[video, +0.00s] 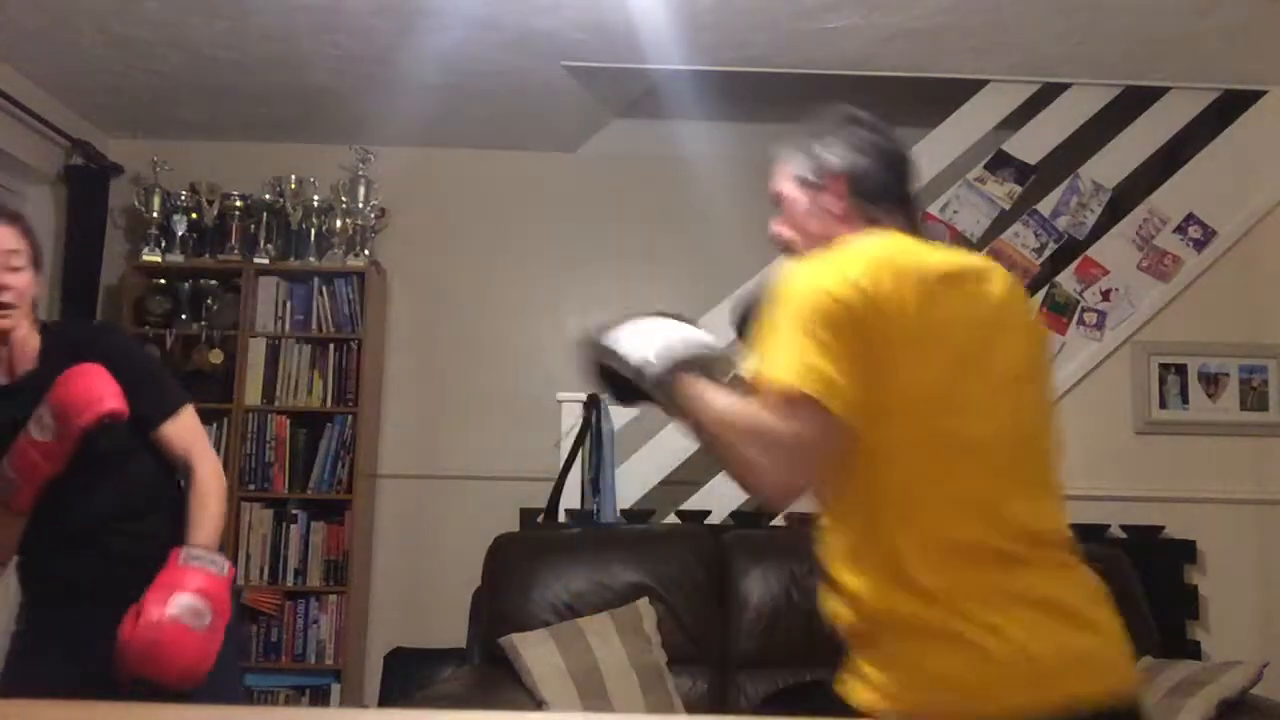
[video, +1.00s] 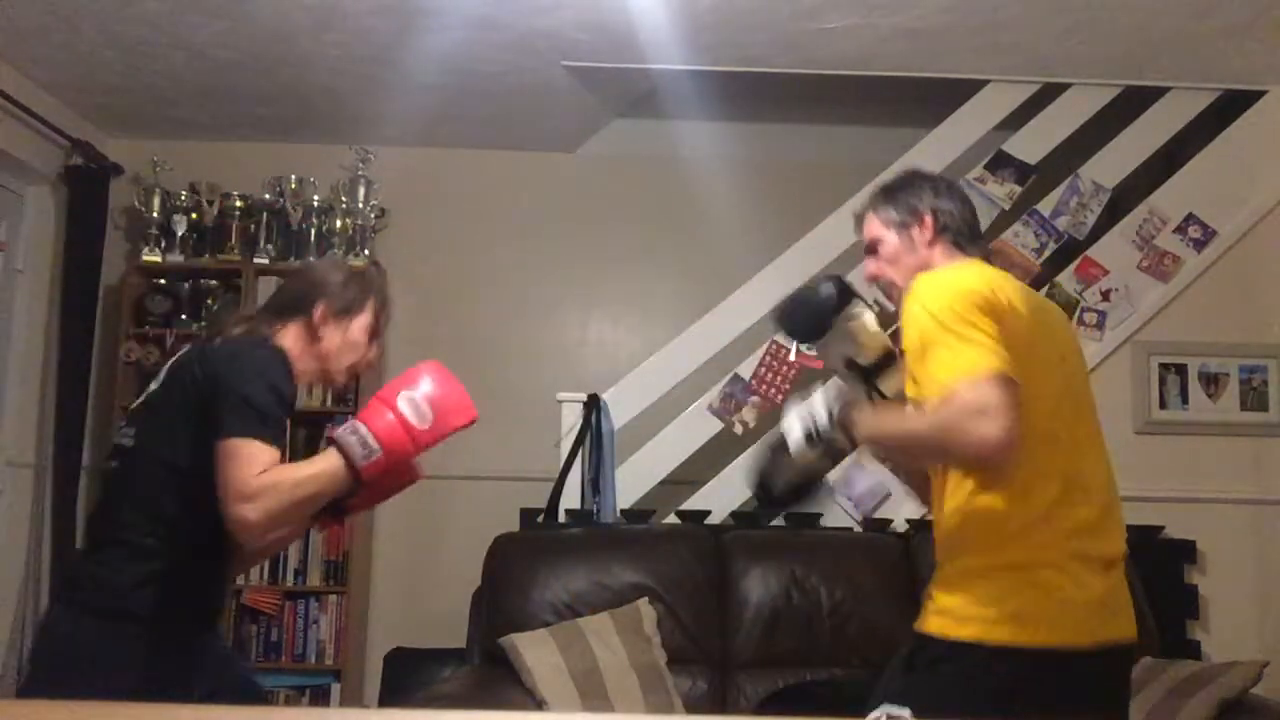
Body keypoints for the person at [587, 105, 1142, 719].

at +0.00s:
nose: (777, 230)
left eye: (782, 204)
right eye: (774, 209)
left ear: (832, 192)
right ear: (899, 200)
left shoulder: (828, 279)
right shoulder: (1001, 286)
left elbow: (780, 468)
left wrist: (675, 377)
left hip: (931, 683)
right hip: (1085, 667)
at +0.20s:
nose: (822, 208)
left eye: (828, 180)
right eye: (819, 188)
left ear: (878, 164)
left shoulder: (878, 252)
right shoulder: (1044, 249)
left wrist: (730, 389)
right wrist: (887, 450)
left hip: (976, 654)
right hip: (1134, 650)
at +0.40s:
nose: (814, 230)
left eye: (817, 208)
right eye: (813, 212)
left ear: (864, 190)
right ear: (922, 190)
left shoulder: (858, 279)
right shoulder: (1040, 285)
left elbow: (644, 307)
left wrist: (472, 269)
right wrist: (824, 360)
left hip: (974, 677)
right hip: (1123, 664)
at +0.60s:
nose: (809, 226)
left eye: (811, 206)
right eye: (806, 209)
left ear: (859, 187)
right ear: (908, 184)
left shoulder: (846, 267)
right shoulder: (1039, 276)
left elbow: (645, 315)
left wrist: (461, 291)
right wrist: (833, 361)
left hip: (966, 662)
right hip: (1114, 654)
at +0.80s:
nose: (859, 265)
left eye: (862, 244)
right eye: (854, 250)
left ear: (908, 223)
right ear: (931, 225)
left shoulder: (911, 292)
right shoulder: (1045, 302)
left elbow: (856, 414)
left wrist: (709, 377)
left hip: (978, 668)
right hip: (1098, 664)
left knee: (783, 704)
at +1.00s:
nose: (869, 270)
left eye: (874, 247)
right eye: (865, 255)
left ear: (924, 228)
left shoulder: (944, 288)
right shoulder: (1046, 314)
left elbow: (985, 425)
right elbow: (958, 493)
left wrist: (852, 416)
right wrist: (878, 412)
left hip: (995, 641)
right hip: (1093, 642)